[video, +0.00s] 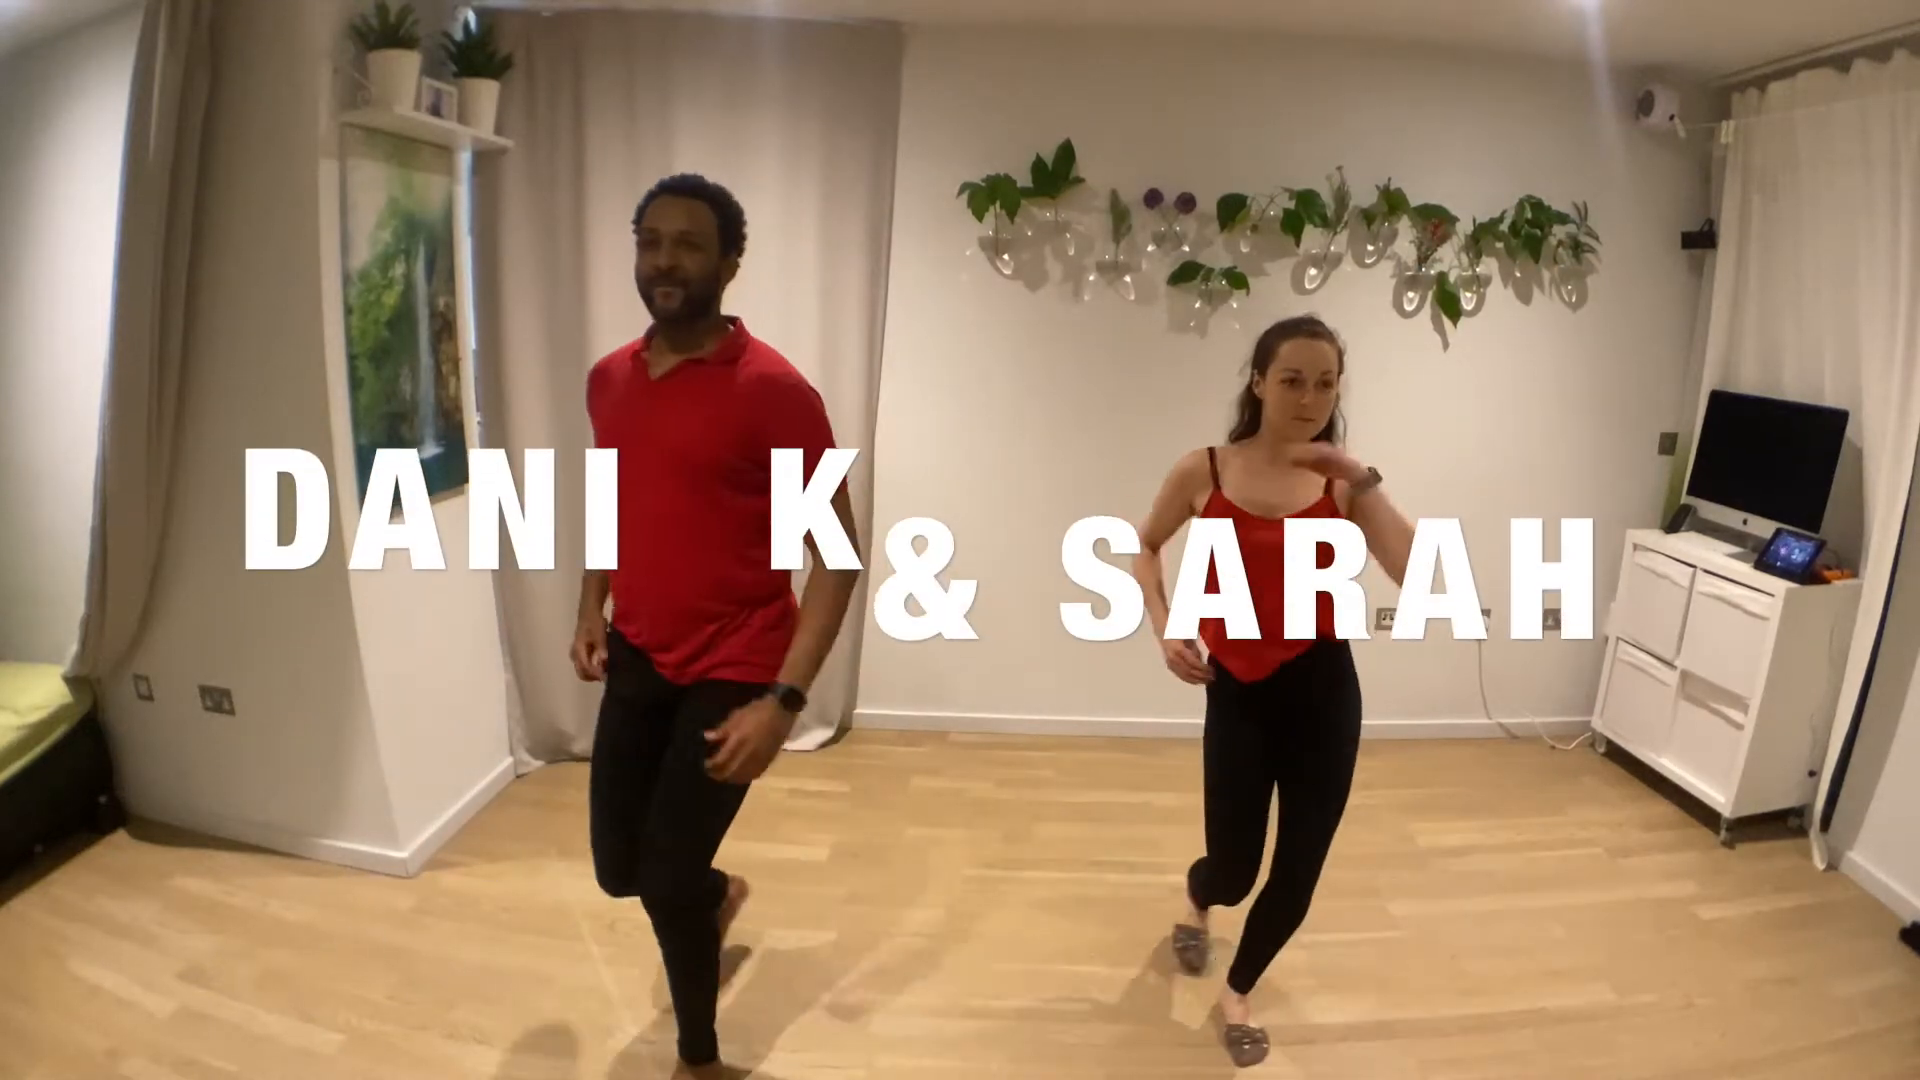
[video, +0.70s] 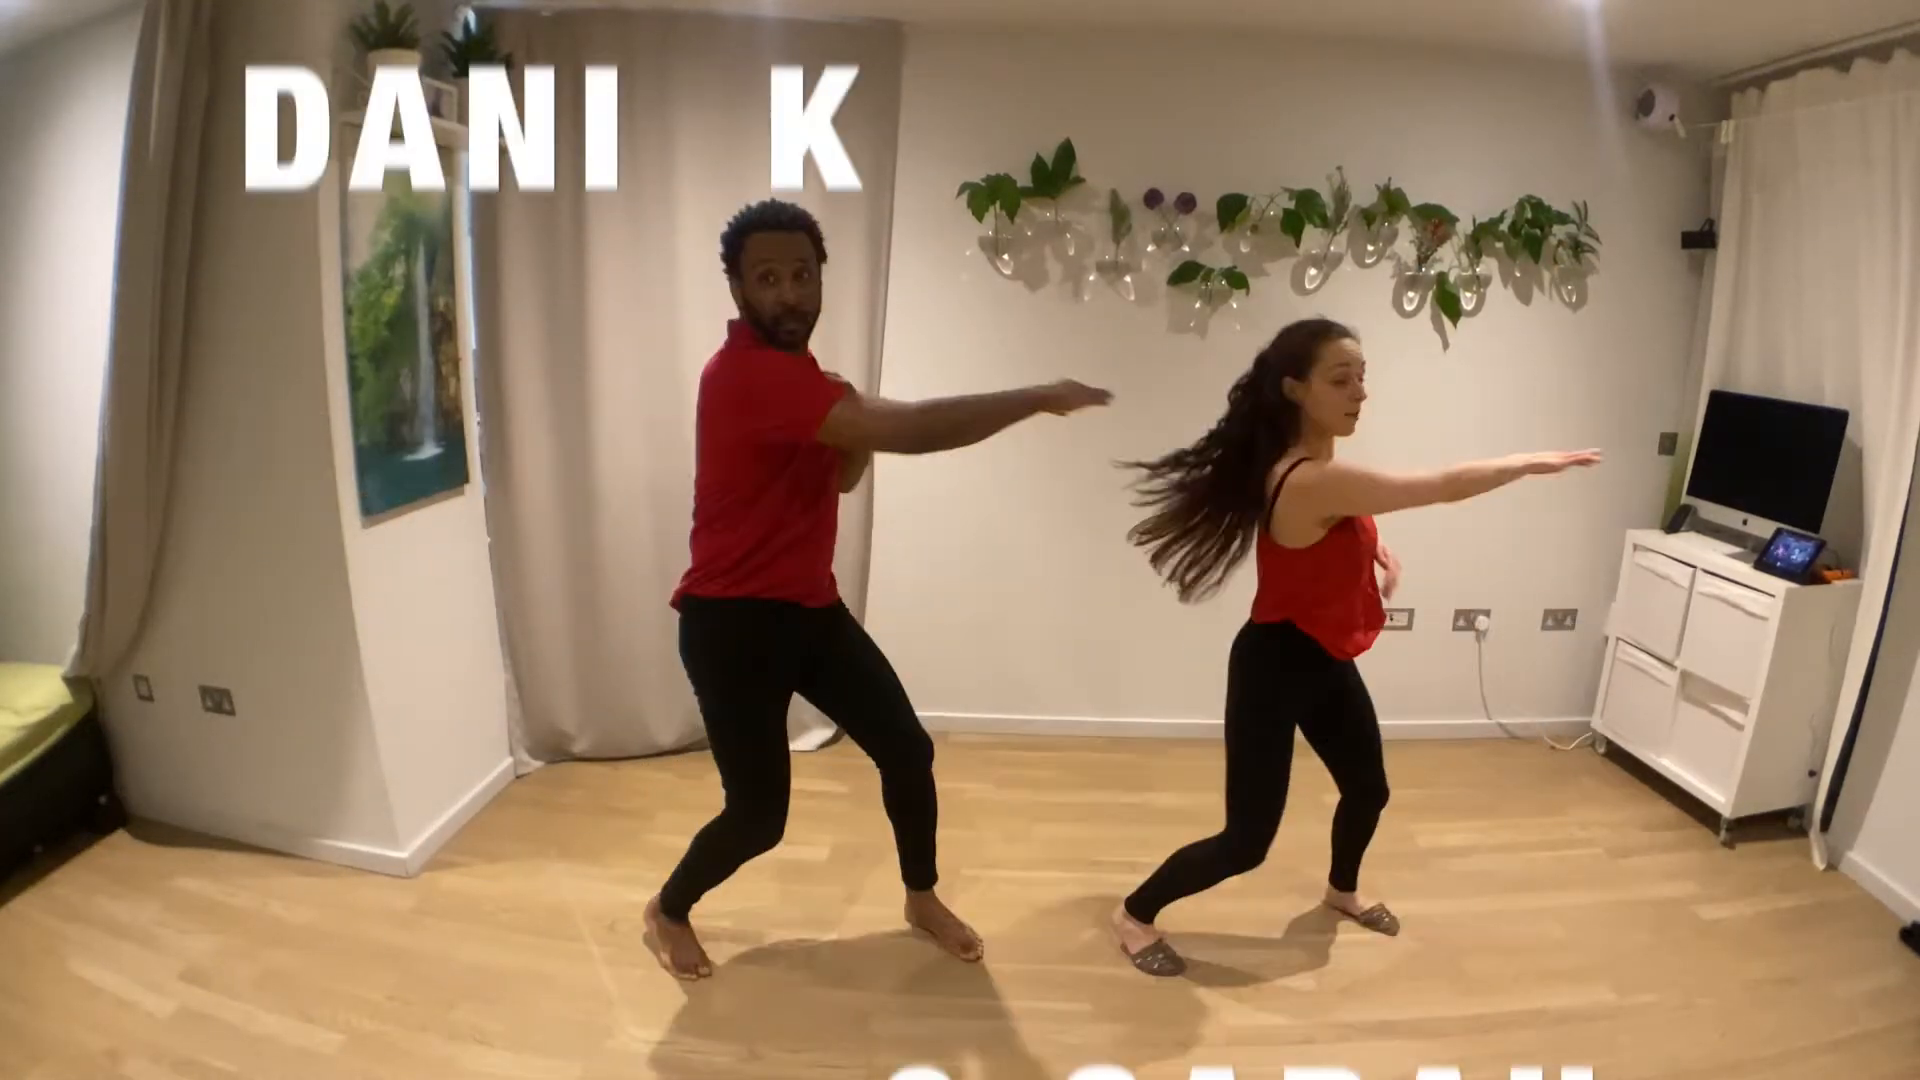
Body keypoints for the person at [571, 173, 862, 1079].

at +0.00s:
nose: (666, 261)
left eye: (689, 246)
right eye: (652, 243)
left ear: (730, 262)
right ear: (634, 255)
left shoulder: (776, 395)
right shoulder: (612, 380)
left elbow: (839, 558)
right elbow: (610, 504)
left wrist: (784, 699)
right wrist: (594, 603)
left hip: (735, 671)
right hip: (639, 658)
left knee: (672, 874)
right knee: (619, 866)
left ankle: (699, 1059)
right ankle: (713, 898)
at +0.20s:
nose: (659, 251)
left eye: (683, 235)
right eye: (642, 233)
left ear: (716, 252)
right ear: (621, 247)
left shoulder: (771, 371)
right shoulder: (606, 369)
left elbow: (867, 496)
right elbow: (608, 467)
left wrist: (861, 624)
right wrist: (583, 552)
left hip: (754, 635)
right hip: (657, 629)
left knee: (712, 831)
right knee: (666, 816)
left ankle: (716, 1036)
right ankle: (711, 905)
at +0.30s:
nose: (673, 259)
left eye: (694, 240)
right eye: (655, 239)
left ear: (726, 253)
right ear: (631, 253)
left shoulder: (790, 370)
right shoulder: (605, 373)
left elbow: (881, 473)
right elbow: (573, 465)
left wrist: (860, 547)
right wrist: (543, 542)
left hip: (773, 617)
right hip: (676, 613)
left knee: (739, 802)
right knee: (674, 799)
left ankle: (778, 952)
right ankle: (702, 909)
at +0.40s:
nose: (705, 266)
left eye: (722, 247)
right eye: (685, 249)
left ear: (751, 255)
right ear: (660, 262)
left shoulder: (807, 361)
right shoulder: (628, 372)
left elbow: (883, 477)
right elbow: (556, 478)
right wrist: (627, 477)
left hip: (786, 608)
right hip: (685, 605)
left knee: (804, 792)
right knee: (673, 791)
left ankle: (860, 881)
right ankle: (702, 905)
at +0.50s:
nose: (727, 280)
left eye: (745, 260)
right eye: (707, 261)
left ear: (775, 264)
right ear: (687, 269)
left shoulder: (807, 356)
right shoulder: (665, 370)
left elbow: (859, 480)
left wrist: (802, 401)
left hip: (797, 604)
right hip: (702, 607)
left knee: (865, 766)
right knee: (689, 783)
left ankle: (920, 903)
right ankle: (697, 910)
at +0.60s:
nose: (757, 290)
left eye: (773, 271)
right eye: (735, 273)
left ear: (796, 276)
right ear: (706, 282)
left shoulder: (787, 367)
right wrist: (1053, 426)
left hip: (810, 612)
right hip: (724, 616)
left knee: (895, 762)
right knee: (738, 820)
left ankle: (928, 898)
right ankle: (675, 904)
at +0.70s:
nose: (789, 295)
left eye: (803, 276)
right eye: (766, 278)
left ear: (822, 280)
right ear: (734, 288)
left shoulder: (810, 380)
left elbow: (840, 478)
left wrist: (863, 419)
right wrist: (1035, 399)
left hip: (811, 612)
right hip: (731, 618)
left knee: (906, 750)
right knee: (758, 817)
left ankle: (923, 897)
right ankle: (667, 910)